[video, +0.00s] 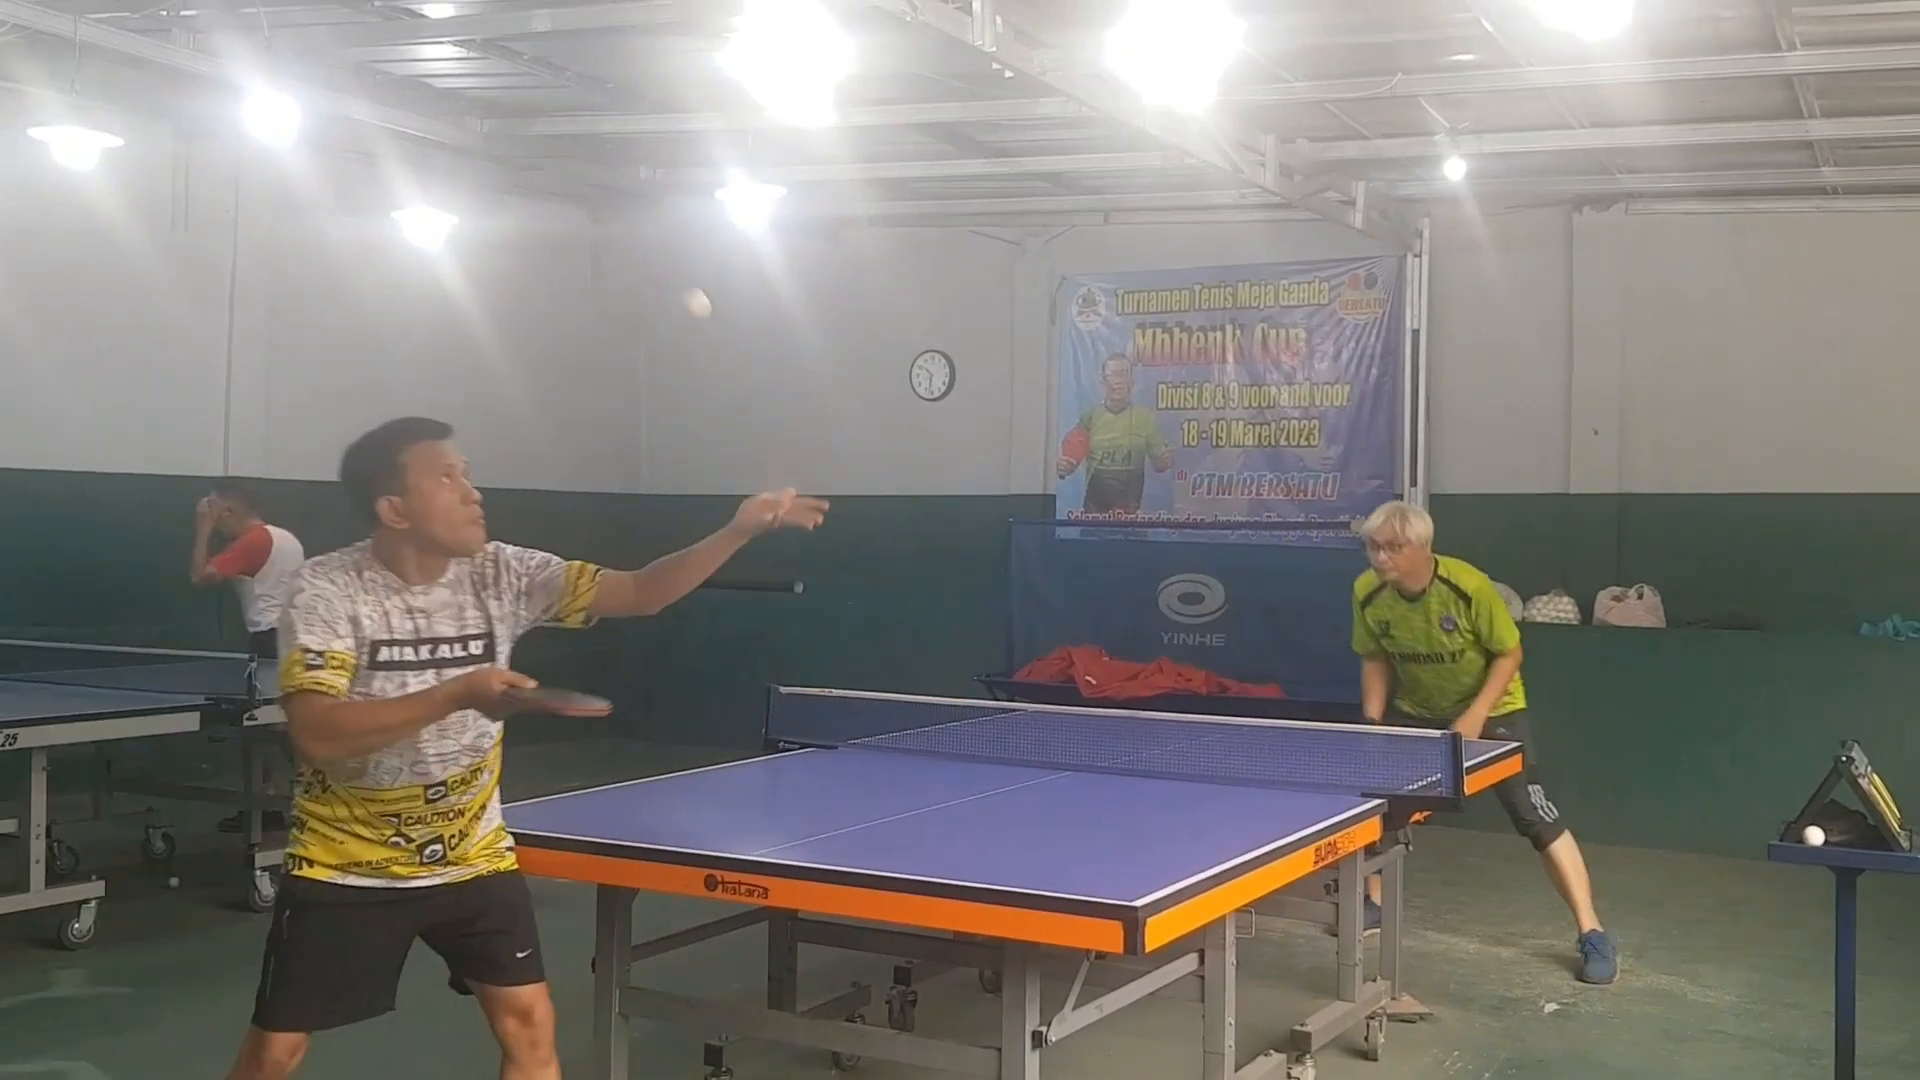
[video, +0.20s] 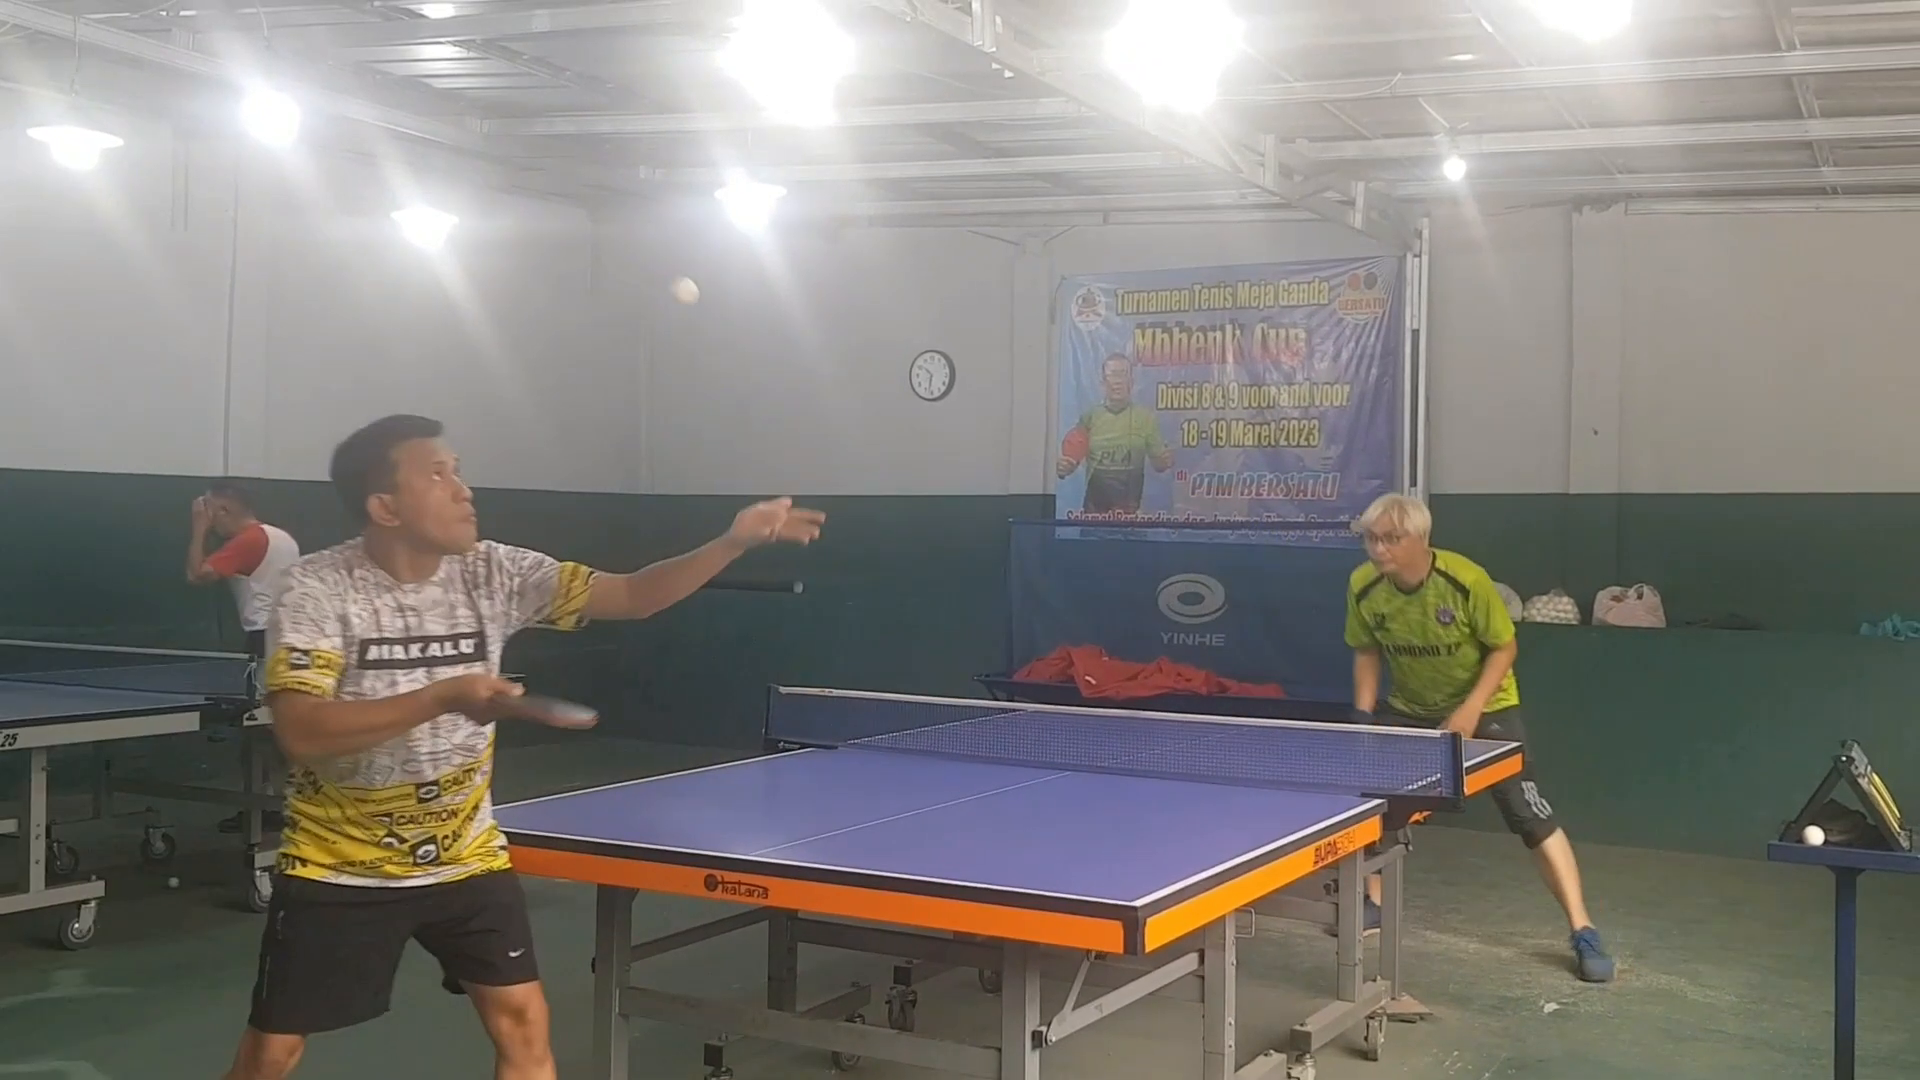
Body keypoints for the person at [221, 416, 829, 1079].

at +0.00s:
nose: (475, 490)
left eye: (469, 476)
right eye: (451, 478)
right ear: (392, 507)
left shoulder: (503, 575)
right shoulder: (326, 586)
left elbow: (638, 591)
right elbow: (317, 732)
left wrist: (742, 527)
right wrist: (458, 692)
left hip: (472, 852)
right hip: (344, 861)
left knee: (529, 1023)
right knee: (273, 1052)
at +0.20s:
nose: (465, 488)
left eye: (459, 473)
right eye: (442, 476)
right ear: (383, 507)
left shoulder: (494, 573)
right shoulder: (316, 587)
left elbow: (632, 594)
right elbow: (301, 731)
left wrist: (736, 539)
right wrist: (445, 695)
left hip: (465, 852)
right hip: (336, 862)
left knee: (522, 1022)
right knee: (270, 1055)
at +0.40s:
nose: (457, 486)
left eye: (450, 470)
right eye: (433, 473)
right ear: (376, 505)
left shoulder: (488, 572)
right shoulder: (308, 585)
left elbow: (625, 596)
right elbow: (284, 726)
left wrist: (731, 549)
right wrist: (429, 701)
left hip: (455, 850)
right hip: (328, 861)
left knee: (517, 1018)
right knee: (267, 1054)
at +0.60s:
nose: (450, 482)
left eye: (444, 467)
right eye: (426, 470)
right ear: (368, 502)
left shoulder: (480, 570)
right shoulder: (297, 578)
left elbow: (620, 598)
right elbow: (249, 710)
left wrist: (726, 560)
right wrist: (395, 698)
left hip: (437, 837)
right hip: (312, 849)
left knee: (519, 993)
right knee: (259, 1053)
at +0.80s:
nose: (451, 481)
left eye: (446, 466)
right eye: (427, 469)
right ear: (368, 500)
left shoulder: (480, 569)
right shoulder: (295, 572)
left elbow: (619, 599)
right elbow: (233, 696)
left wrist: (725, 563)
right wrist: (381, 686)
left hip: (432, 833)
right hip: (309, 846)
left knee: (523, 982)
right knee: (257, 1051)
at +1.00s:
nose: (452, 481)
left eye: (448, 465)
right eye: (427, 469)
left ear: (444, 477)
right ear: (368, 500)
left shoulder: (480, 569)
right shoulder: (297, 569)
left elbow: (617, 601)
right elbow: (218, 683)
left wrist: (725, 564)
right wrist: (362, 670)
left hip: (429, 827)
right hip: (306, 841)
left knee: (529, 970)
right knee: (258, 1043)